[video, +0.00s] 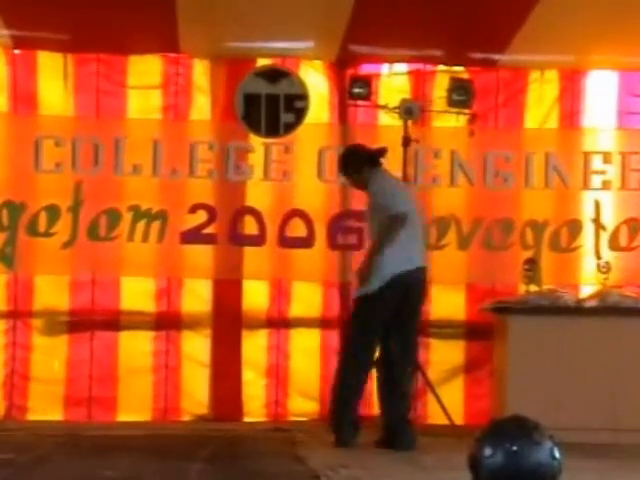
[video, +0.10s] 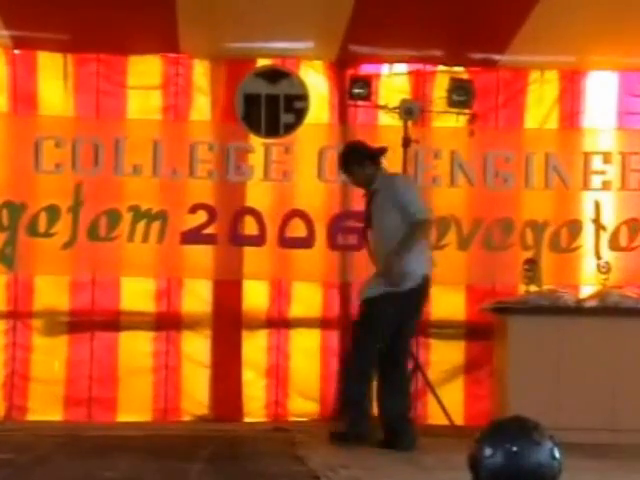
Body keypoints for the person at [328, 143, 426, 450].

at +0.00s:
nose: (351, 184)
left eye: (350, 177)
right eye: (348, 178)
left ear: (357, 169)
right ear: (372, 162)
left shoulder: (380, 185)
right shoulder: (395, 186)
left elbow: (399, 216)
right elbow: (416, 230)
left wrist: (370, 259)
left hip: (388, 274)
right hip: (412, 273)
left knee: (357, 353)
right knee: (399, 355)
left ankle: (345, 424)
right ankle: (398, 429)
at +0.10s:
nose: (353, 181)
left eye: (354, 173)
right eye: (349, 175)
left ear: (368, 165)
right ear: (362, 170)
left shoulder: (395, 185)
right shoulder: (378, 194)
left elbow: (422, 221)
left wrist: (395, 258)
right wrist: (386, 263)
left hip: (402, 285)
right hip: (393, 285)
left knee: (361, 353)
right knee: (392, 358)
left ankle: (356, 424)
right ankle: (399, 430)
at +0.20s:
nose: (361, 176)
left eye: (364, 169)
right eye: (358, 170)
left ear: (379, 163)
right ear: (361, 169)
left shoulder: (408, 185)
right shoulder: (376, 194)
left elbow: (440, 223)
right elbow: (373, 225)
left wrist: (417, 263)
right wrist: (360, 245)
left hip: (409, 285)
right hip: (387, 283)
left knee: (389, 354)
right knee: (378, 354)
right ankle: (397, 425)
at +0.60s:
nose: (408, 174)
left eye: (414, 167)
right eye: (403, 167)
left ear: (424, 164)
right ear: (395, 165)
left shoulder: (444, 193)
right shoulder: (380, 195)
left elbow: (461, 235)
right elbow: (369, 240)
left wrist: (453, 272)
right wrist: (362, 280)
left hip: (425, 285)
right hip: (386, 282)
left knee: (424, 362)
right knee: (357, 344)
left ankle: (421, 433)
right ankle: (351, 415)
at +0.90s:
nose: (416, 177)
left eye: (422, 170)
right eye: (412, 170)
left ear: (431, 167)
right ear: (402, 165)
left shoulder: (447, 191)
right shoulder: (385, 191)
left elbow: (468, 228)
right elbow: (376, 237)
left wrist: (456, 270)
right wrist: (374, 276)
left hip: (427, 285)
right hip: (389, 283)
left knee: (425, 360)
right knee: (377, 354)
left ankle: (422, 430)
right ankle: (380, 425)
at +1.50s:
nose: (382, 182)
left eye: (387, 175)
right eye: (377, 175)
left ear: (394, 172)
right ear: (364, 170)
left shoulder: (405, 190)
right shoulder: (343, 198)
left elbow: (421, 224)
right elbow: (339, 249)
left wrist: (413, 253)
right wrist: (350, 291)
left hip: (400, 284)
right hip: (364, 285)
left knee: (416, 345)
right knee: (374, 360)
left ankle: (406, 388)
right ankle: (389, 433)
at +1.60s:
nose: (370, 180)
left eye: (374, 173)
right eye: (363, 174)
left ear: (381, 168)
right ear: (351, 170)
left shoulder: (394, 188)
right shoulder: (331, 197)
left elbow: (408, 221)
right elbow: (322, 246)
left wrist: (401, 255)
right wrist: (330, 287)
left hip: (384, 282)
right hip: (345, 283)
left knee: (392, 356)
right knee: (342, 357)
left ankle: (393, 430)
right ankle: (358, 428)